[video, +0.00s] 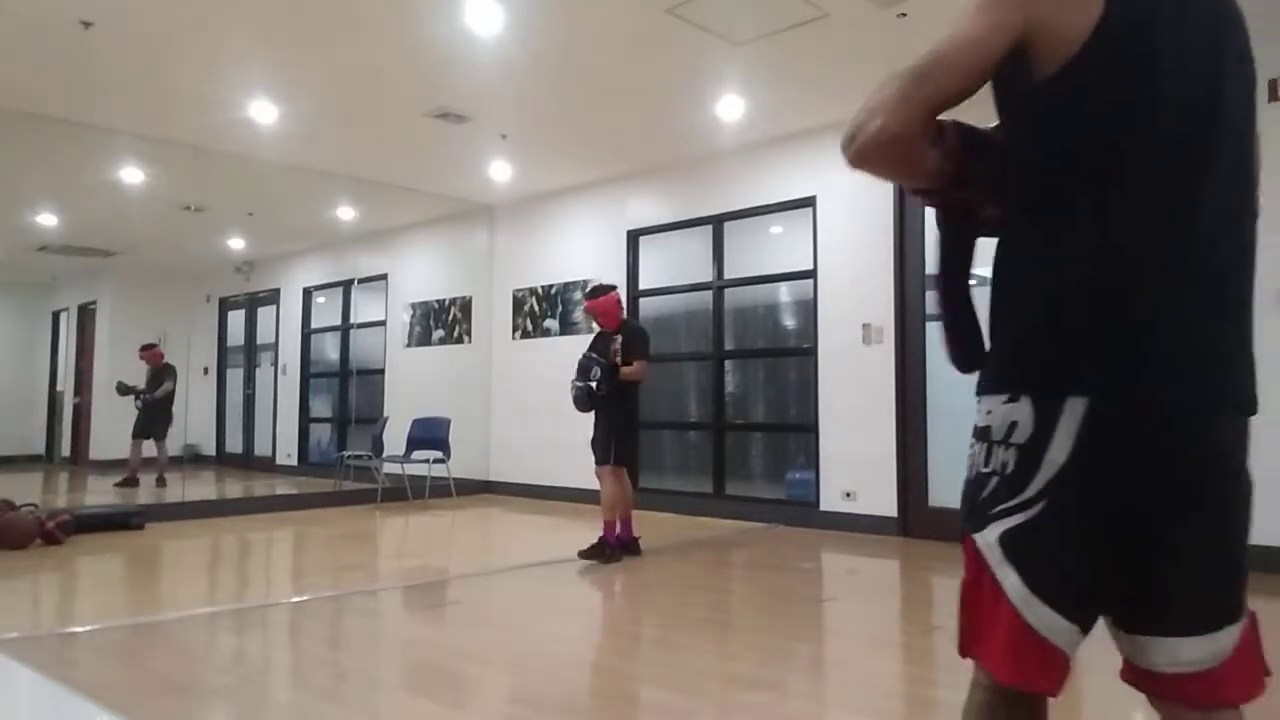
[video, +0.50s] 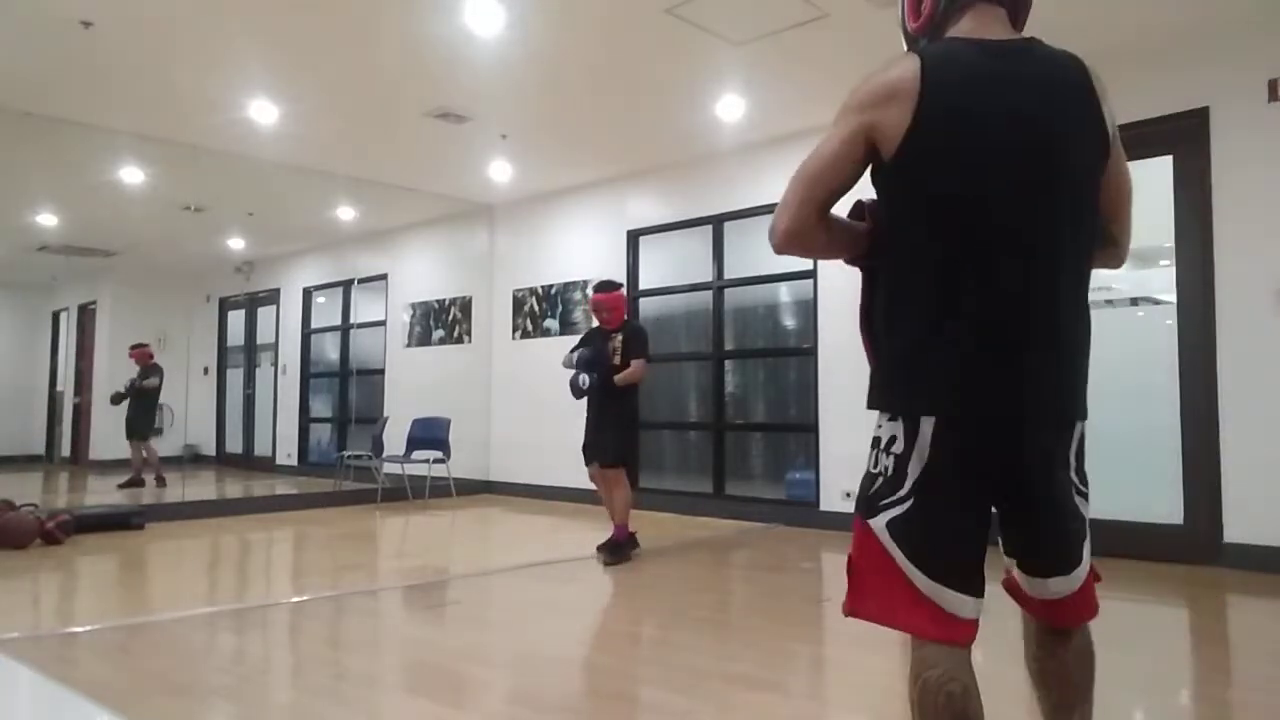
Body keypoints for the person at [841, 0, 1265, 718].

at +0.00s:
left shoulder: (1037, 4)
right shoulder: (1218, 17)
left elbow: (873, 137)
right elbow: (1217, 194)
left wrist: (983, 172)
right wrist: (1012, 185)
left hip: (1064, 384)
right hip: (1205, 385)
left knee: (1011, 676)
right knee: (1198, 686)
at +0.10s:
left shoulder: (1001, 20)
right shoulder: (1180, 33)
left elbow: (838, 172)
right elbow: (1212, 209)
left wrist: (960, 191)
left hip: (1030, 397)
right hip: (1169, 395)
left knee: (983, 675)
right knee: (1161, 682)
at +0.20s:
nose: (930, 21)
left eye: (929, 14)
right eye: (927, 17)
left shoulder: (959, 48)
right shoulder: (1138, 47)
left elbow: (804, 199)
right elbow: (1180, 218)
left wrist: (926, 217)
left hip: (999, 398)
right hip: (1126, 391)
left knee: (958, 657)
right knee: (1099, 661)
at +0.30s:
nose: (916, 17)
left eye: (918, 12)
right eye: (915, 14)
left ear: (941, 5)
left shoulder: (925, 69)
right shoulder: (1104, 64)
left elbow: (790, 214)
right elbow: (1150, 225)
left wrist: (907, 230)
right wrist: (1047, 247)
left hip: (964, 403)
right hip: (1090, 395)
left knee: (944, 650)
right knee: (1079, 643)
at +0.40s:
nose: (908, 18)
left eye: (910, 11)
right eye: (909, 15)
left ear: (928, 6)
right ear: (1023, 4)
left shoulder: (904, 79)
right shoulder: (1084, 73)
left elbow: (785, 222)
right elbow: (1130, 234)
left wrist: (864, 233)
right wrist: (1032, 226)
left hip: (940, 399)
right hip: (1062, 395)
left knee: (940, 643)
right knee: (1075, 623)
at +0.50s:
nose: (906, 21)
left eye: (908, 14)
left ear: (923, 10)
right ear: (1021, 9)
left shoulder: (895, 84)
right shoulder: (1076, 80)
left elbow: (793, 227)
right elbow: (1111, 244)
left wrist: (870, 239)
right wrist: (1009, 241)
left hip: (932, 393)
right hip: (1048, 391)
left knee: (939, 635)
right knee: (1061, 616)